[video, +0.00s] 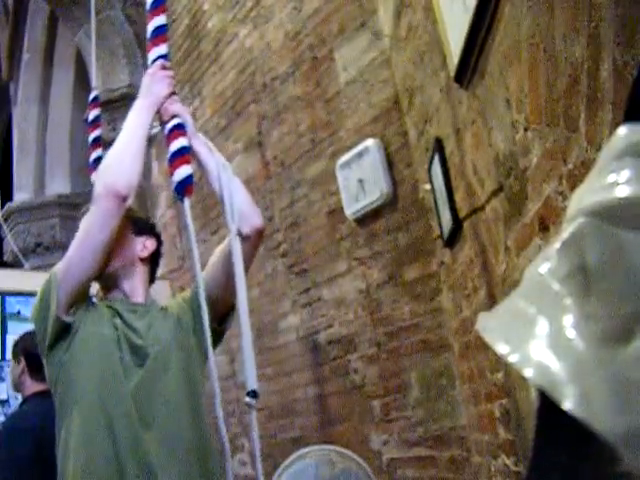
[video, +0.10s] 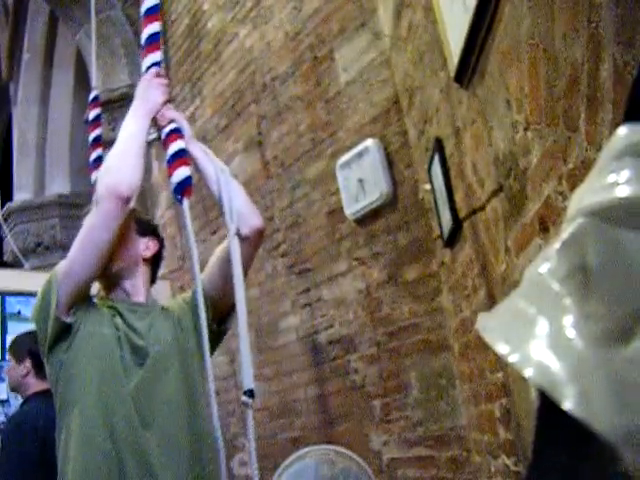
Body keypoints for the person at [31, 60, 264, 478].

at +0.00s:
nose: (101, 238)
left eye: (115, 230)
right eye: (102, 230)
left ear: (146, 245)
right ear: (88, 246)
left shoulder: (185, 320)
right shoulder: (66, 322)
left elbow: (248, 228)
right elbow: (112, 191)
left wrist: (193, 137)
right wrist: (145, 103)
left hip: (189, 470)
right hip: (92, 470)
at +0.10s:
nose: (106, 238)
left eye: (121, 231)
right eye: (107, 229)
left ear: (150, 247)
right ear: (92, 245)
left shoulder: (186, 321)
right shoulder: (67, 321)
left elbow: (248, 228)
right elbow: (115, 194)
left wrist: (190, 143)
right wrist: (142, 107)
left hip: (187, 470)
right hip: (93, 470)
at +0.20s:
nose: (113, 236)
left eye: (128, 228)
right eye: (111, 225)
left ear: (152, 249)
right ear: (96, 244)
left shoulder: (186, 322)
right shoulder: (68, 319)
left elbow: (247, 230)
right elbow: (120, 197)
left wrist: (189, 150)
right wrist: (138, 115)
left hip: (187, 471)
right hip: (94, 471)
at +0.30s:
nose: (126, 233)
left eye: (137, 227)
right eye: (118, 226)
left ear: (156, 254)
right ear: (101, 247)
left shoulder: (186, 323)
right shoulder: (70, 318)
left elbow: (247, 233)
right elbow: (123, 200)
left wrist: (187, 154)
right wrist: (138, 119)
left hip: (184, 471)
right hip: (94, 471)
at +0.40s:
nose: (134, 231)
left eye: (143, 224)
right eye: (122, 223)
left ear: (158, 250)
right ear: (104, 242)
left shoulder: (186, 324)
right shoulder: (70, 319)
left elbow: (247, 236)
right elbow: (126, 199)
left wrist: (188, 157)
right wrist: (138, 124)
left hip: (180, 471)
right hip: (92, 471)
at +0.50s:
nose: (136, 232)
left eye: (144, 225)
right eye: (124, 224)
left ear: (159, 246)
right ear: (106, 241)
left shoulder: (187, 324)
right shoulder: (71, 319)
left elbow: (247, 241)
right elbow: (127, 203)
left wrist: (187, 161)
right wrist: (137, 129)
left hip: (180, 472)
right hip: (92, 471)